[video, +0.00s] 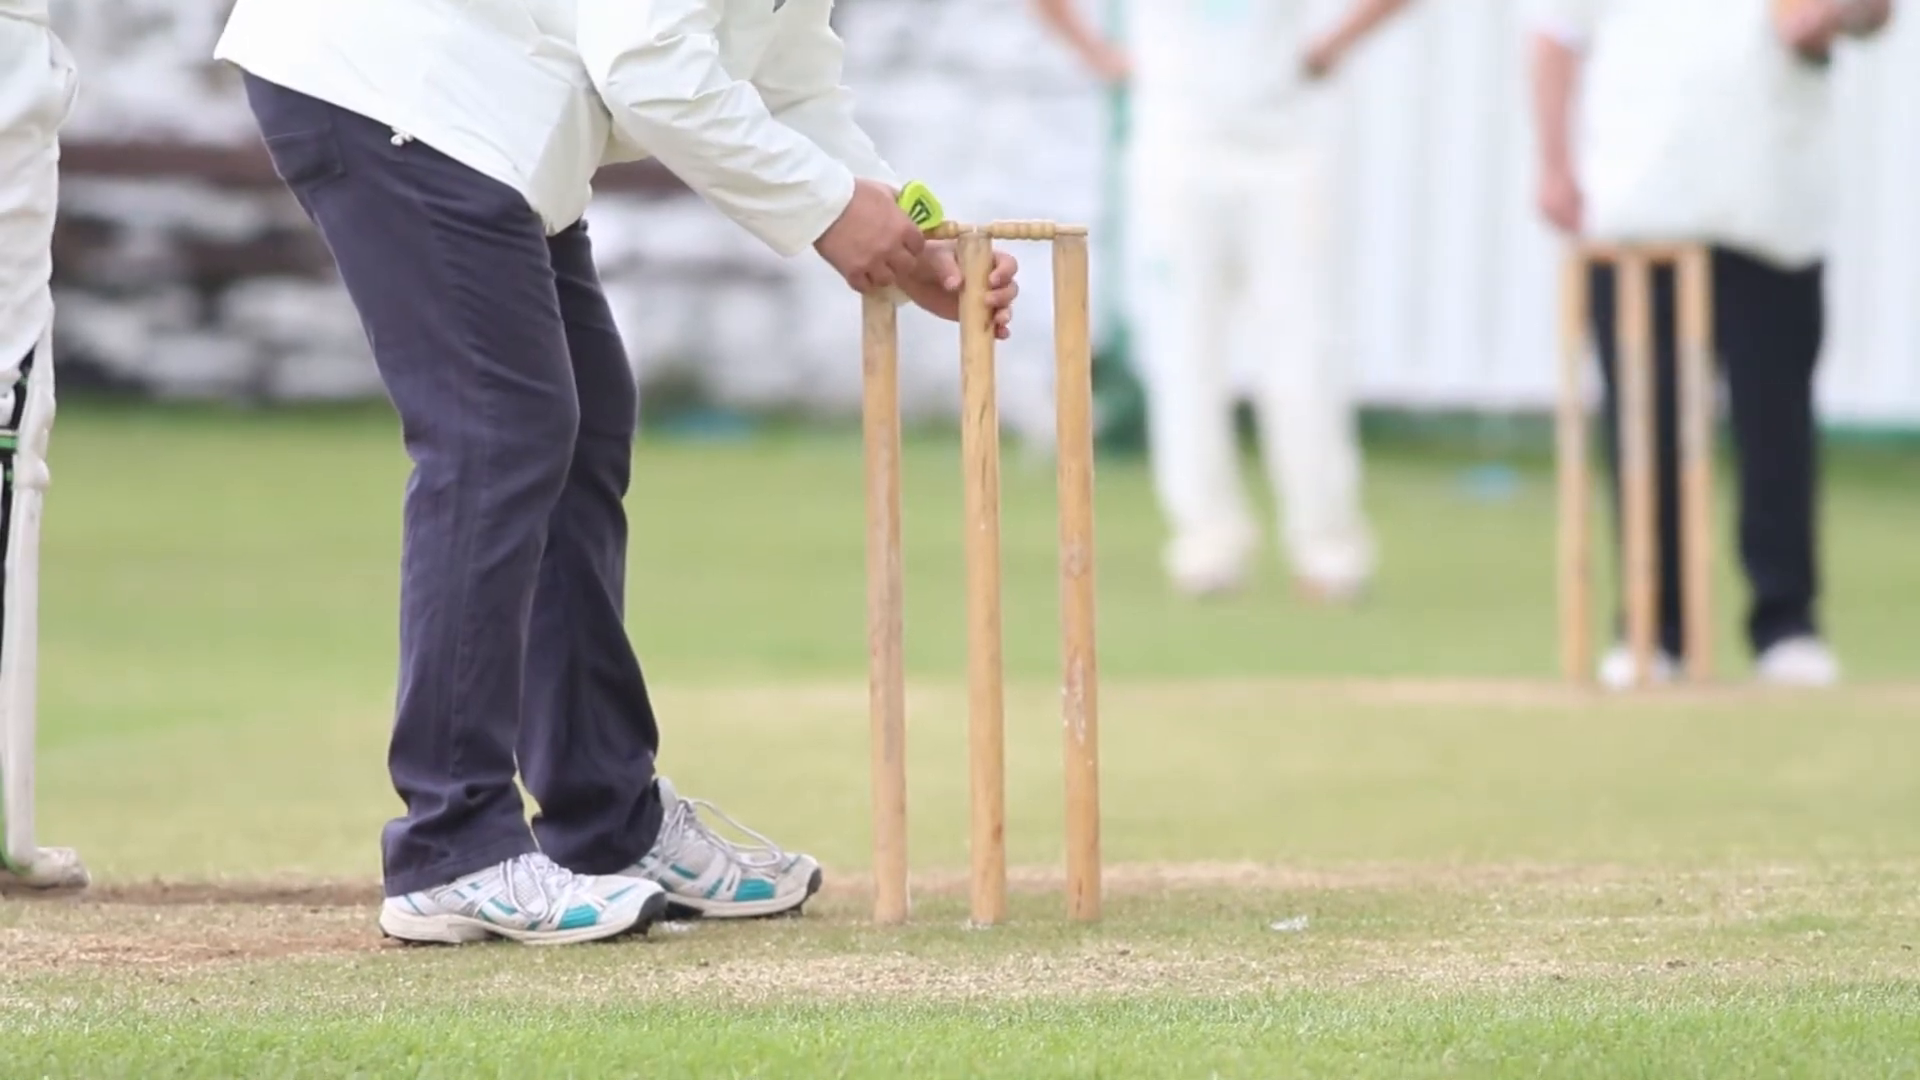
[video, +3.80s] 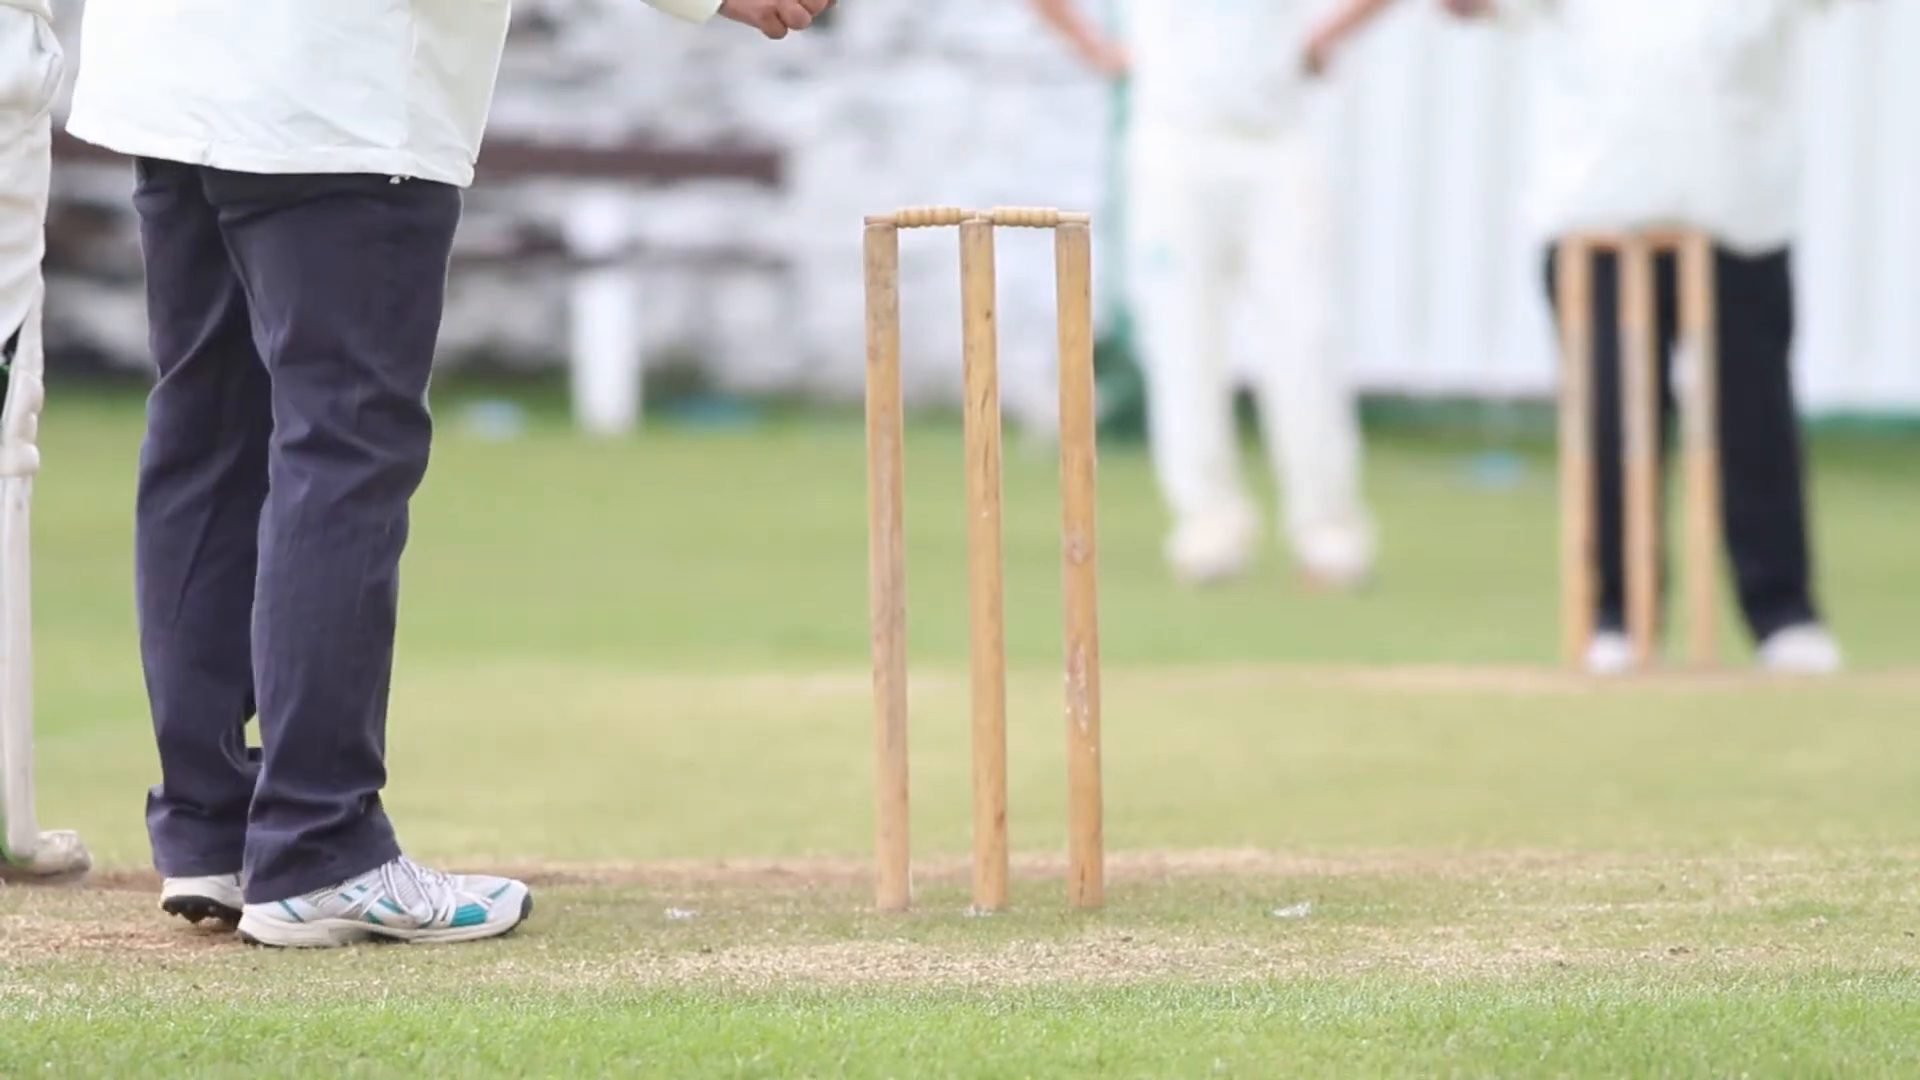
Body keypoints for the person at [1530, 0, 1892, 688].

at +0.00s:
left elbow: (1879, 12)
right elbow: (1555, 27)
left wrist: (1832, 14)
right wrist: (1556, 165)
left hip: (1774, 202)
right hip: (1634, 201)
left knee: (1776, 435)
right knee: (1641, 439)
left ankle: (1786, 631)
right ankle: (1653, 639)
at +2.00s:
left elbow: (1890, 29)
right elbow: (1633, 23)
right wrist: (1621, 155)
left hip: (1848, 195)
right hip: (1713, 189)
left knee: (1822, 422)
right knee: (1735, 411)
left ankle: (1798, 625)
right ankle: (1730, 625)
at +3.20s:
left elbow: (1862, 7)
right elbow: (1541, 20)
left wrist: (1813, 8)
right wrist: (1524, 158)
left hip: (1759, 189)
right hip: (1619, 186)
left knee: (1765, 418)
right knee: (1624, 422)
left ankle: (1787, 619)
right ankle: (1619, 623)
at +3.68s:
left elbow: (1842, 7)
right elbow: (1498, 6)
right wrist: (1472, 67)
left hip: (1736, 188)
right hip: (1597, 189)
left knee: (1757, 420)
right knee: (1614, 425)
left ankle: (1786, 621)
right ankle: (1615, 624)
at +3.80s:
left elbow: (1819, 12)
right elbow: (1517, 12)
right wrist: (1473, 6)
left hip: (1738, 201)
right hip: (1597, 200)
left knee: (1758, 428)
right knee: (1615, 428)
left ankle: (1786, 619)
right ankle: (1616, 623)